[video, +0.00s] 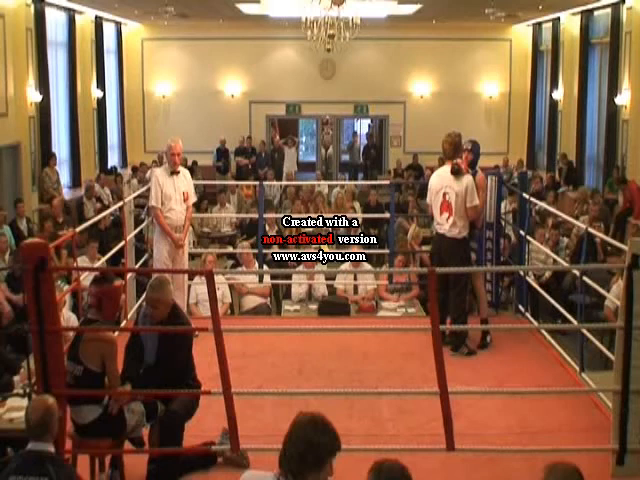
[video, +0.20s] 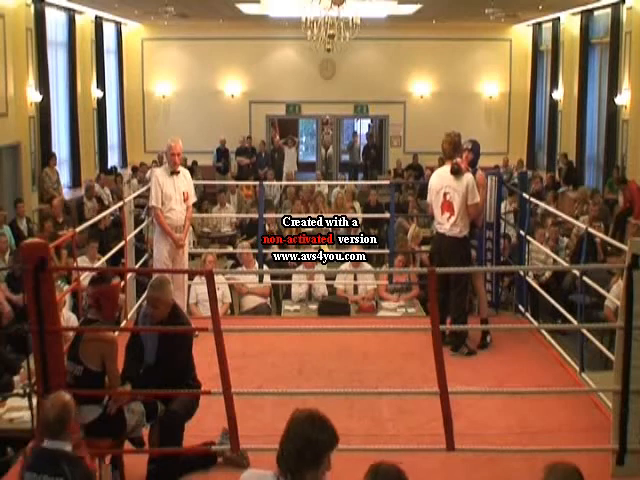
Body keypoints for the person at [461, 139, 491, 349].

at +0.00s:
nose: (466, 155)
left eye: (470, 152)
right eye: (465, 151)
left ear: (476, 155)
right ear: (461, 152)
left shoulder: (479, 176)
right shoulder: (456, 173)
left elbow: (480, 205)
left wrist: (474, 222)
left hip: (474, 229)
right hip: (457, 228)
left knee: (477, 278)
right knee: (457, 279)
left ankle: (484, 324)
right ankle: (455, 322)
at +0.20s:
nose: (465, 155)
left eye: (468, 152)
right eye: (464, 151)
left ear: (474, 155)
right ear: (462, 153)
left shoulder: (479, 176)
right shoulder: (457, 173)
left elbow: (480, 204)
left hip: (475, 229)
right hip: (459, 229)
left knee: (478, 279)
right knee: (459, 279)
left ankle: (484, 325)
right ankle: (456, 323)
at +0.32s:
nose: (465, 155)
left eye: (468, 152)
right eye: (464, 151)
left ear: (474, 155)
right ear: (461, 152)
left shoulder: (479, 176)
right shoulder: (456, 173)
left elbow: (481, 204)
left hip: (475, 231)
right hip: (459, 230)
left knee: (478, 280)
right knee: (459, 281)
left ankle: (484, 325)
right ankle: (456, 324)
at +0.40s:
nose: (463, 156)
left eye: (466, 152)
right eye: (463, 152)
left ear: (471, 154)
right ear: (466, 153)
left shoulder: (479, 176)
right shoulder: (457, 173)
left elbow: (481, 203)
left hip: (475, 229)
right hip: (460, 229)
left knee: (478, 279)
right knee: (461, 280)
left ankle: (484, 325)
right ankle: (456, 322)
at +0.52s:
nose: (462, 156)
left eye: (465, 153)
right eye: (462, 152)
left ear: (471, 155)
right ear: (468, 153)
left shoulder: (479, 176)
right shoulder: (458, 174)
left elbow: (481, 204)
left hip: (475, 231)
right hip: (462, 230)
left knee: (478, 280)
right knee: (463, 281)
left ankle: (484, 325)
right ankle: (456, 323)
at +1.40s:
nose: (469, 157)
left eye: (472, 153)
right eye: (470, 153)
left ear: (479, 155)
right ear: (477, 154)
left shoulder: (488, 179)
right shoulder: (467, 176)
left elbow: (488, 207)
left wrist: (478, 221)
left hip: (483, 229)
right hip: (467, 228)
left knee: (480, 277)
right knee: (464, 277)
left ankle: (481, 324)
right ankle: (460, 321)